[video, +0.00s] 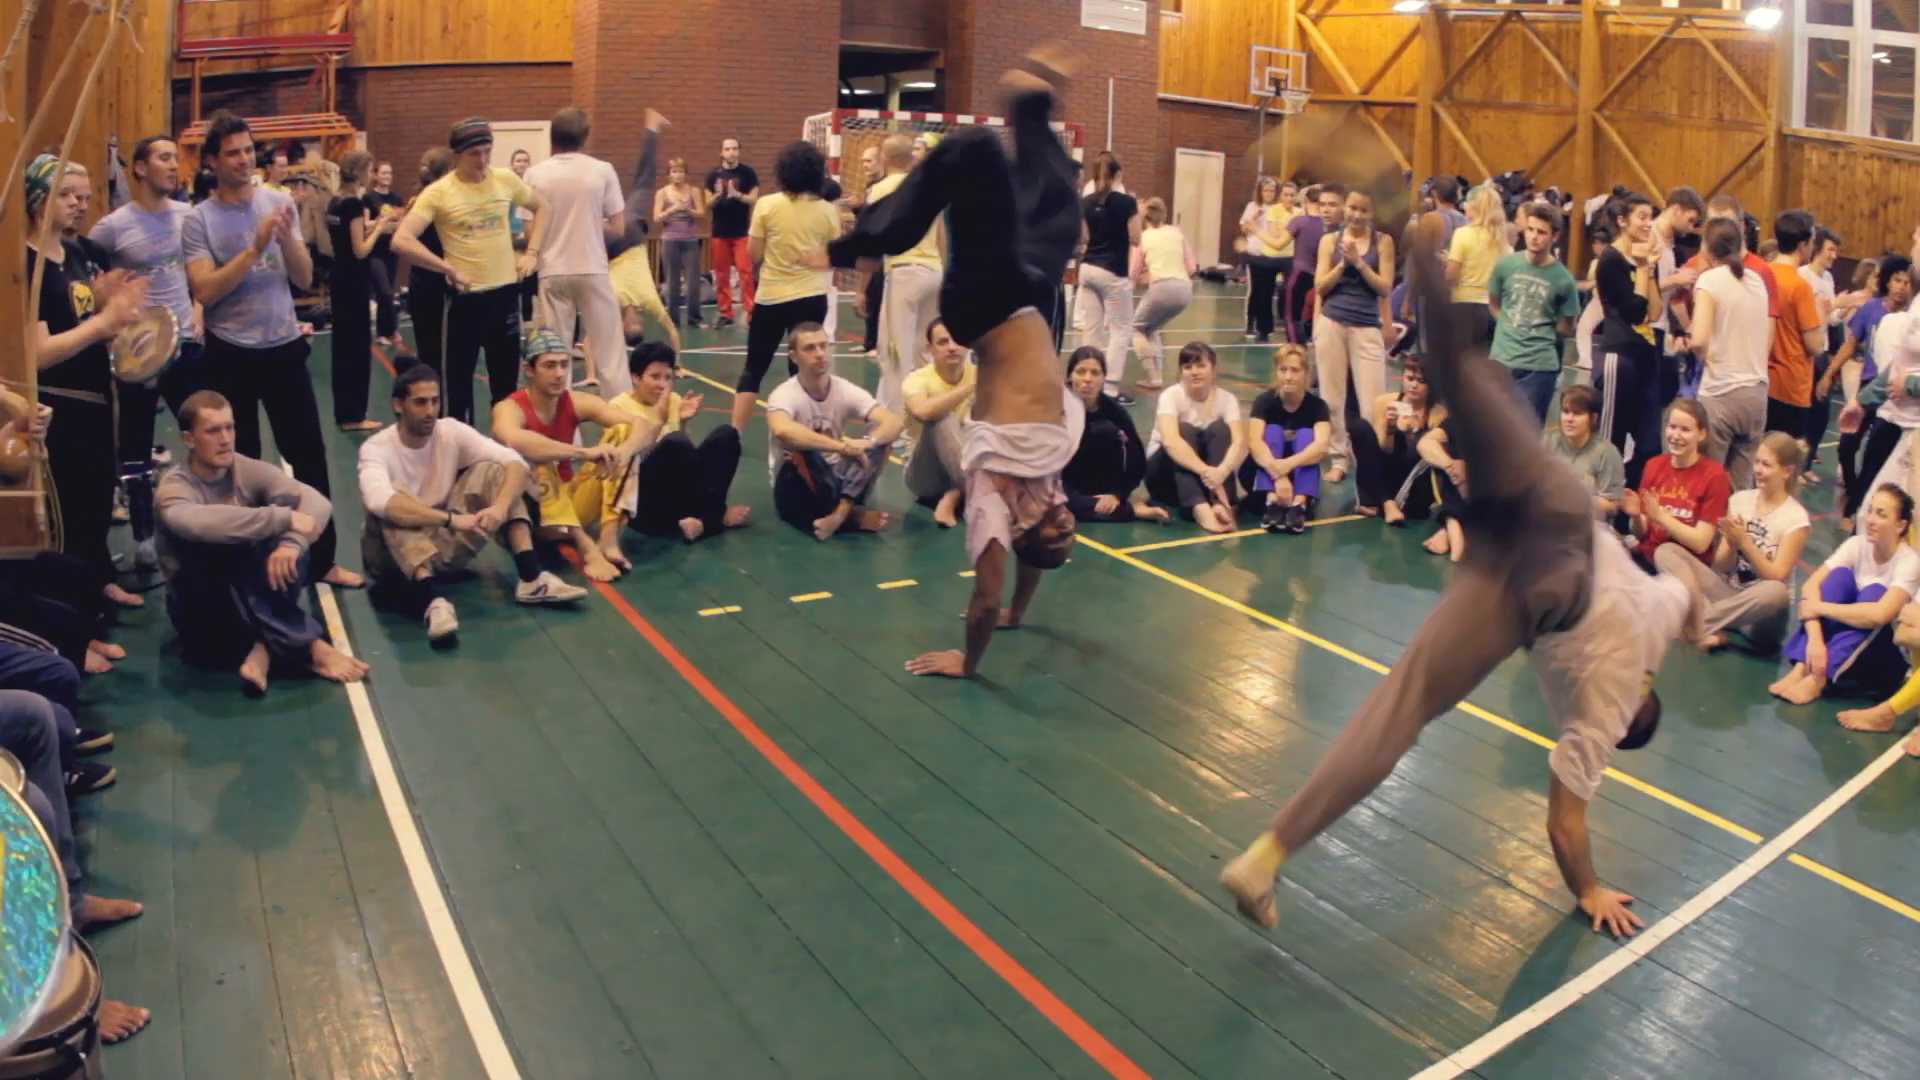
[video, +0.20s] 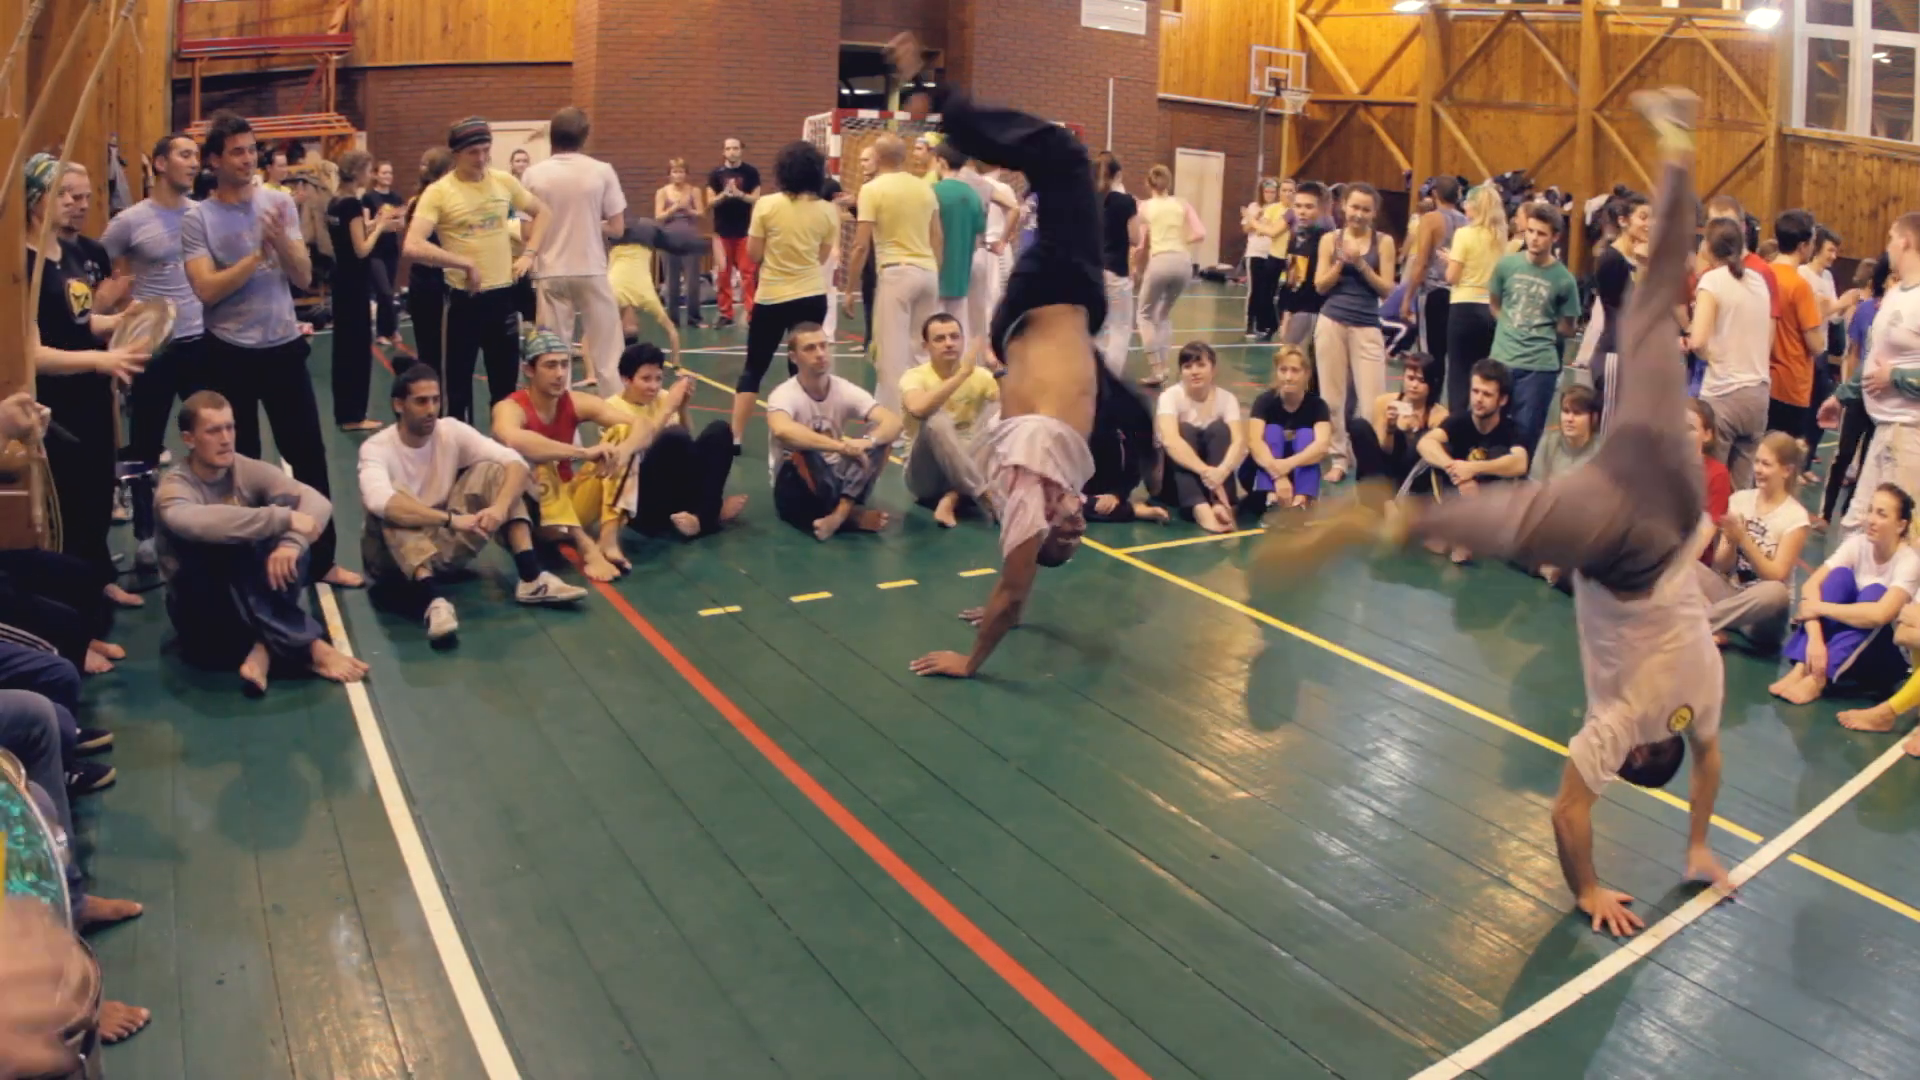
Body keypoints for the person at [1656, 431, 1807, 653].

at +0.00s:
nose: (1757, 470)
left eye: (1766, 465)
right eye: (1757, 462)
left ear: (1787, 472)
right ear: (1753, 461)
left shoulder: (1796, 517)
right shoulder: (1739, 500)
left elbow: (1777, 575)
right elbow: (1720, 565)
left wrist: (1742, 541)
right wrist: (1731, 541)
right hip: (1726, 589)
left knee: (1774, 592)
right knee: (1666, 552)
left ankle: (1691, 624)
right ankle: (1705, 631)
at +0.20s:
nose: (1757, 469)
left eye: (1766, 464)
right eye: (1756, 462)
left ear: (1787, 471)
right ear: (1753, 461)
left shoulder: (1797, 516)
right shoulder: (1739, 499)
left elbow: (1777, 574)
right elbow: (1720, 566)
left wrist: (1741, 538)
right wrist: (1730, 539)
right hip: (1728, 590)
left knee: (1774, 592)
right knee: (1685, 566)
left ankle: (1695, 622)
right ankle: (1709, 631)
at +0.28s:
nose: (1757, 469)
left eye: (1766, 464)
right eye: (1757, 462)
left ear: (1786, 471)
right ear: (1752, 461)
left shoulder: (1797, 517)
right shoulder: (1740, 499)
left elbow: (1777, 574)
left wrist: (1740, 538)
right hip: (1725, 581)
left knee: (1773, 592)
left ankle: (1706, 618)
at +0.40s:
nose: (1759, 471)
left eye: (1766, 465)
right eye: (1758, 463)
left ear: (1786, 471)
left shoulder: (1796, 515)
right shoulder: (1743, 499)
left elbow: (1780, 573)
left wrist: (1747, 549)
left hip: (1759, 584)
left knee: (1774, 591)